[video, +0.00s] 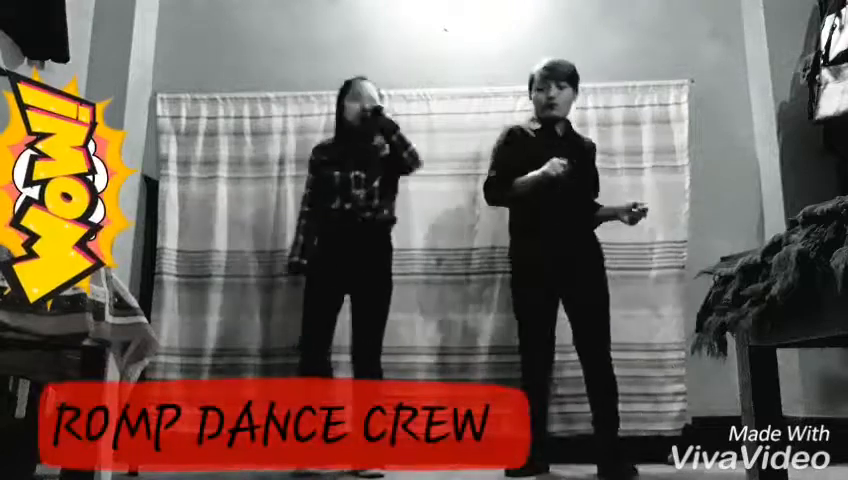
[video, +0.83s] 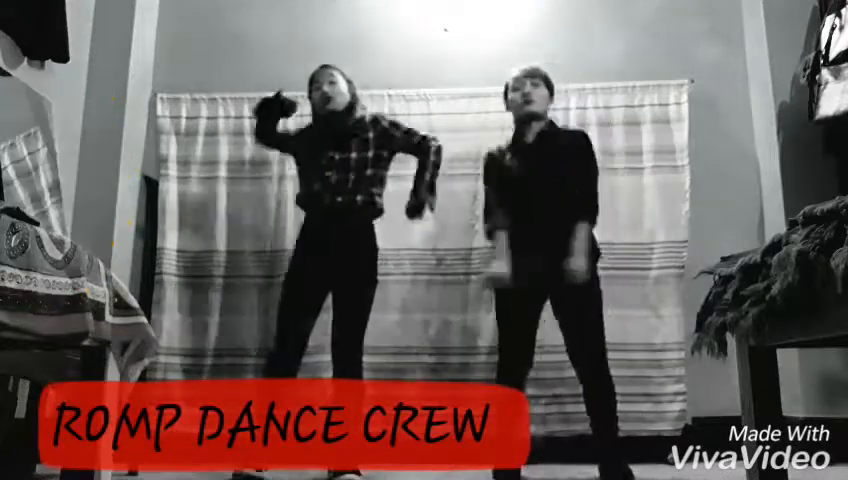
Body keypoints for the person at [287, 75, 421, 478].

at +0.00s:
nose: (361, 109)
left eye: (367, 102)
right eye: (354, 101)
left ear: (377, 107)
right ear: (341, 106)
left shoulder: (386, 148)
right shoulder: (325, 151)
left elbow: (411, 163)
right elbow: (310, 206)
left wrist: (387, 124)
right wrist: (299, 251)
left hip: (371, 258)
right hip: (327, 256)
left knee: (367, 351)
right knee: (315, 347)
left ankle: (368, 435)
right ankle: (314, 428)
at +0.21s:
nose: (348, 120)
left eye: (356, 113)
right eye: (342, 113)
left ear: (372, 116)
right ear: (334, 117)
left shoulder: (381, 152)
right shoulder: (321, 158)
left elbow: (391, 159)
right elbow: (308, 211)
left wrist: (368, 129)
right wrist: (299, 257)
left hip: (370, 261)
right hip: (330, 262)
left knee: (365, 355)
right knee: (330, 355)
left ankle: (370, 442)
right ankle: (330, 441)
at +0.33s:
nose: (344, 116)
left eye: (352, 110)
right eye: (336, 109)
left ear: (365, 118)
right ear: (327, 116)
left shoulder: (379, 160)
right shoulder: (312, 163)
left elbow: (394, 209)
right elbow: (298, 219)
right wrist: (294, 267)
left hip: (365, 267)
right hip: (325, 267)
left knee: (359, 352)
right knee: (325, 353)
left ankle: (367, 430)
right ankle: (328, 432)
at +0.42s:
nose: (345, 111)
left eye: (353, 106)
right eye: (337, 105)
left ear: (365, 115)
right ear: (326, 114)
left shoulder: (378, 160)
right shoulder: (309, 159)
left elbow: (392, 216)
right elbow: (295, 214)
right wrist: (291, 262)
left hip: (365, 265)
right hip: (323, 264)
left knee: (354, 344)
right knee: (326, 345)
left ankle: (357, 420)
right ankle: (328, 420)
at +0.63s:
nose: (352, 100)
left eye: (360, 94)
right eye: (344, 94)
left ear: (373, 104)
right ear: (332, 103)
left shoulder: (387, 156)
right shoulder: (313, 146)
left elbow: (405, 207)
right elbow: (273, 187)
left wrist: (421, 253)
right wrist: (241, 229)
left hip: (363, 261)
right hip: (319, 259)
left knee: (351, 354)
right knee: (314, 352)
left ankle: (349, 446)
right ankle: (314, 441)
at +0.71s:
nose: (343, 91)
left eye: (352, 85)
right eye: (336, 86)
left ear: (368, 95)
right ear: (326, 98)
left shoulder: (388, 145)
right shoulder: (315, 142)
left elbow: (414, 188)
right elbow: (288, 179)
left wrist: (416, 198)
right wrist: (266, 186)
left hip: (362, 251)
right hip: (319, 249)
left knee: (350, 349)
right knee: (291, 339)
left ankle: (345, 447)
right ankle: (294, 435)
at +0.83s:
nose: (325, 89)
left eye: (332, 81)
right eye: (317, 85)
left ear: (350, 89)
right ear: (311, 99)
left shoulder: (377, 128)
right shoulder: (306, 136)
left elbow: (429, 147)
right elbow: (266, 135)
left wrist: (422, 192)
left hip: (357, 244)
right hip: (313, 243)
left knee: (347, 350)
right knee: (287, 346)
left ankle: (346, 451)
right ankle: (260, 447)